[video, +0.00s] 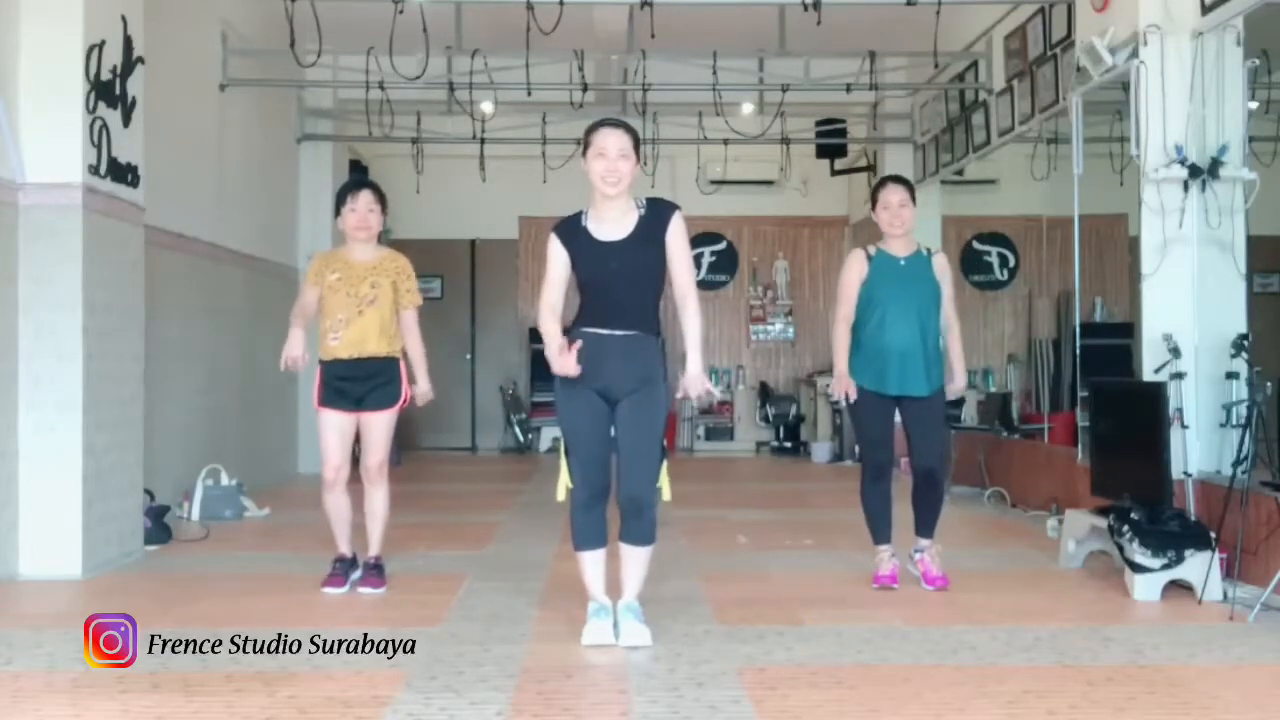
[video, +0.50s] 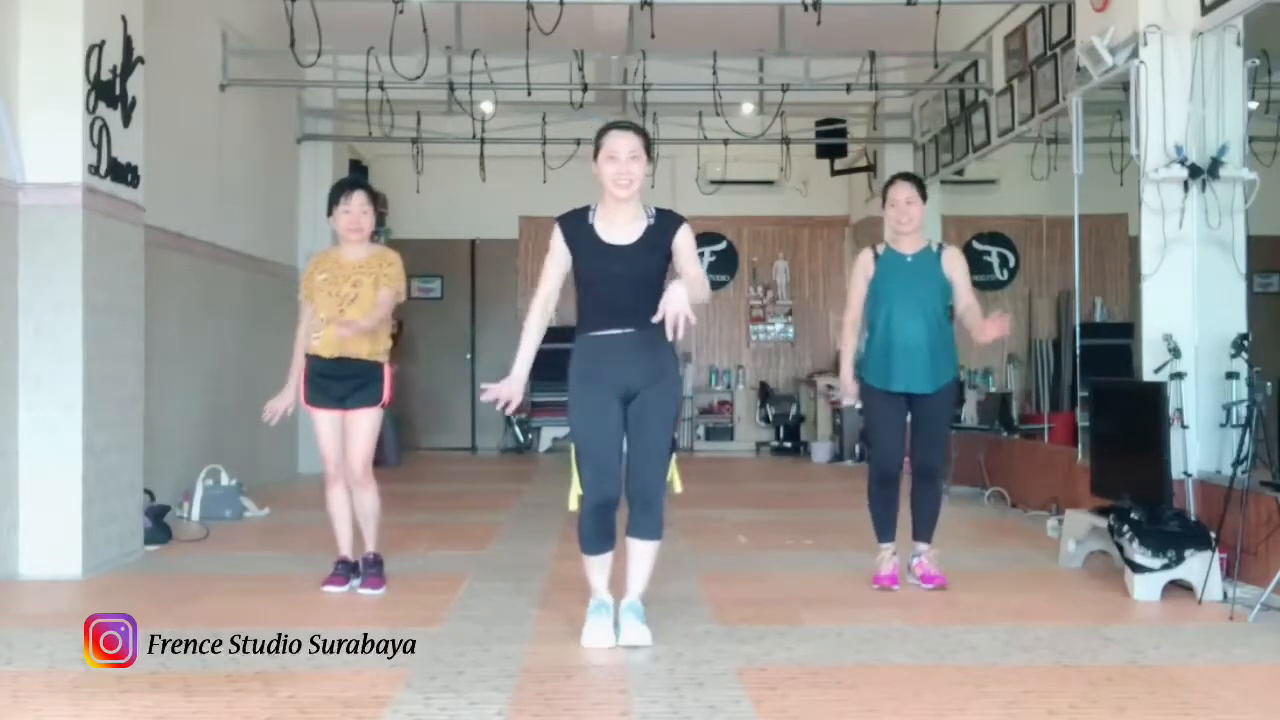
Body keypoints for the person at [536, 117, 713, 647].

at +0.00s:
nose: (612, 165)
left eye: (622, 155)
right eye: (601, 155)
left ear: (638, 164)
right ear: (585, 163)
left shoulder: (665, 219)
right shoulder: (567, 232)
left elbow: (687, 294)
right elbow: (550, 304)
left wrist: (695, 362)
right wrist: (555, 352)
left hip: (643, 366)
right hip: (580, 365)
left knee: (638, 490)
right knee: (587, 489)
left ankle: (630, 605)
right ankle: (597, 604)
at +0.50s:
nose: (624, 168)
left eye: (633, 158)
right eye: (613, 158)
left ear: (648, 167)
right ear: (595, 165)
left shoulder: (672, 228)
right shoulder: (570, 229)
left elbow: (703, 291)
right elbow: (542, 305)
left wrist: (681, 287)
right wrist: (518, 374)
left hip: (655, 367)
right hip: (592, 369)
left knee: (648, 488)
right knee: (599, 491)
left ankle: (633, 605)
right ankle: (599, 602)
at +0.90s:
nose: (608, 172)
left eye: (619, 162)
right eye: (598, 161)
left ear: (637, 170)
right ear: (581, 168)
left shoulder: (658, 223)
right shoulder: (556, 229)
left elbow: (684, 285)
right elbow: (516, 294)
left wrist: (701, 341)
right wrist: (480, 357)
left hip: (636, 369)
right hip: (572, 370)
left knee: (640, 494)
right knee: (578, 496)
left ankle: (631, 605)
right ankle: (589, 611)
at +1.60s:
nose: (594, 176)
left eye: (604, 168)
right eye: (583, 168)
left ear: (620, 178)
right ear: (566, 178)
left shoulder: (641, 235)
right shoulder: (540, 242)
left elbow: (660, 292)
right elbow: (509, 320)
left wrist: (666, 354)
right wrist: (540, 298)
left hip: (624, 375)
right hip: (559, 378)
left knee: (637, 475)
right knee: (571, 503)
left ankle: (628, 607)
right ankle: (589, 613)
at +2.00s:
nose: (589, 180)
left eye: (599, 171)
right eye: (579, 171)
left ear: (615, 183)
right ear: (561, 181)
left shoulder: (640, 243)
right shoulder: (538, 249)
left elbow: (655, 316)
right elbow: (522, 326)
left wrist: (668, 378)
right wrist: (530, 381)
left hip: (625, 385)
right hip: (558, 387)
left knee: (645, 475)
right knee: (566, 503)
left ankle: (639, 595)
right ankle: (590, 611)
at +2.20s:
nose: (592, 163)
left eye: (603, 154)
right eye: (580, 153)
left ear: (618, 164)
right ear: (564, 162)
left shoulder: (641, 220)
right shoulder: (538, 227)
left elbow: (671, 290)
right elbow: (514, 307)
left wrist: (662, 311)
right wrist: (504, 381)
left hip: (626, 366)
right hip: (562, 368)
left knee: (651, 489)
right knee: (575, 494)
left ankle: (636, 565)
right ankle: (588, 609)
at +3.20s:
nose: (590, 168)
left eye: (601, 158)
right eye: (579, 158)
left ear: (616, 167)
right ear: (561, 165)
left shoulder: (637, 226)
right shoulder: (535, 230)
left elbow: (663, 300)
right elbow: (512, 307)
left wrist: (683, 371)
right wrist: (529, 319)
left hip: (626, 368)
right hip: (561, 369)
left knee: (644, 481)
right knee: (575, 498)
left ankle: (639, 618)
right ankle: (590, 612)